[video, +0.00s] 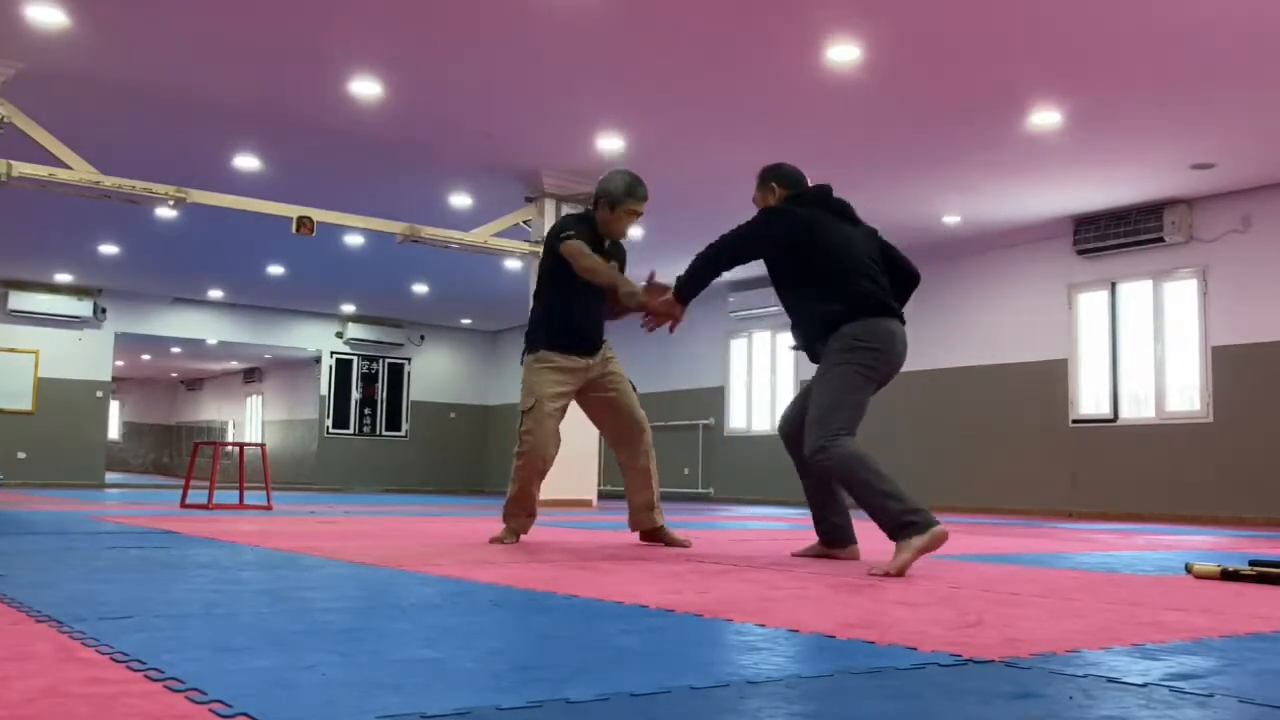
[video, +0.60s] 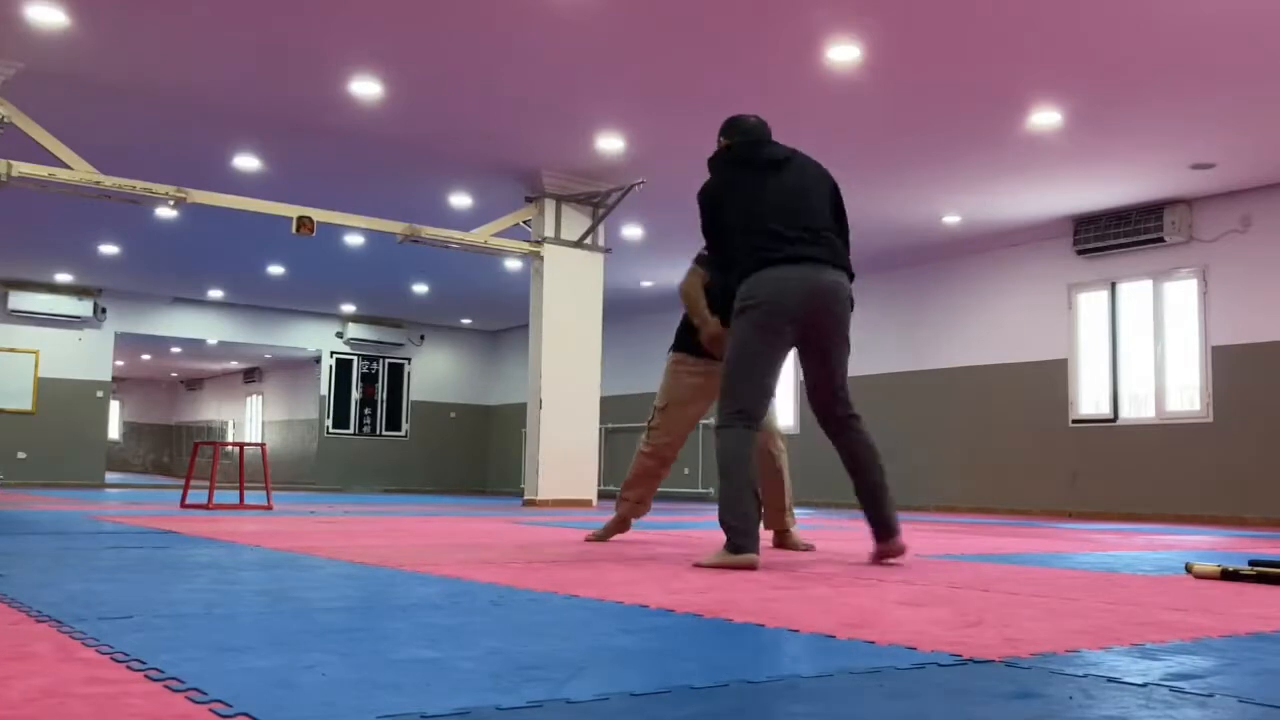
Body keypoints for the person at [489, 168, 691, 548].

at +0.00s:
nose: (632, 224)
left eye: (636, 217)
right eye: (629, 215)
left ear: (622, 212)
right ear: (603, 206)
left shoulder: (615, 250)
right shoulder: (567, 230)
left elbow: (607, 307)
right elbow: (586, 266)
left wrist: (641, 299)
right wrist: (632, 290)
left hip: (596, 359)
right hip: (549, 360)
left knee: (635, 430)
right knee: (537, 447)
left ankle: (649, 524)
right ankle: (513, 527)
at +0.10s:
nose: (636, 228)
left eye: (640, 220)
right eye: (632, 219)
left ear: (636, 217)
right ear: (606, 212)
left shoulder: (634, 255)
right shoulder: (567, 232)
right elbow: (519, 266)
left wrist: (707, 298)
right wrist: (536, 306)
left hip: (612, 364)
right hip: (561, 364)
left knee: (659, 428)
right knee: (539, 447)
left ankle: (672, 518)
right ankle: (513, 528)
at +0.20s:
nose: (658, 235)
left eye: (663, 226)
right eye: (652, 226)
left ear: (665, 224)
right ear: (627, 220)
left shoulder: (660, 264)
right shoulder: (586, 239)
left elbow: (667, 328)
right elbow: (536, 264)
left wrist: (719, 332)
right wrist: (513, 314)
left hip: (640, 370)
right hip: (586, 371)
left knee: (692, 436)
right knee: (557, 447)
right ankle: (515, 527)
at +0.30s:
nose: (701, 235)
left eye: (706, 227)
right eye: (694, 226)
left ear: (710, 225)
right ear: (670, 221)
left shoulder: (711, 266)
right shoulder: (641, 243)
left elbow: (707, 325)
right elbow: (610, 270)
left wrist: (682, 340)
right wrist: (584, 308)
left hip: (682, 375)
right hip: (626, 373)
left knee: (729, 441)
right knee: (581, 444)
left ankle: (763, 529)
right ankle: (525, 522)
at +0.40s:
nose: (748, 231)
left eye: (753, 223)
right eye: (740, 221)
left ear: (758, 225)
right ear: (718, 219)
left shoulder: (756, 265)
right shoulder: (685, 240)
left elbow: (760, 327)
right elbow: (643, 265)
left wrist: (733, 358)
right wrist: (628, 304)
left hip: (712, 370)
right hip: (658, 367)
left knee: (752, 440)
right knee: (613, 447)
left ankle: (770, 529)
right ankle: (596, 519)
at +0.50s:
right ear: (734, 216)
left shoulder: (768, 253)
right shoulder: (710, 240)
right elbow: (655, 264)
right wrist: (659, 318)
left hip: (733, 360)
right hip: (682, 360)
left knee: (755, 442)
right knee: (651, 445)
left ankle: (779, 527)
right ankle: (620, 519)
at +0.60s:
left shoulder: (782, 266)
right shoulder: (727, 247)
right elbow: (690, 285)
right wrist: (706, 324)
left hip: (747, 364)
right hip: (696, 358)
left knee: (771, 447)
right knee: (660, 440)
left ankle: (783, 529)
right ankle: (622, 518)